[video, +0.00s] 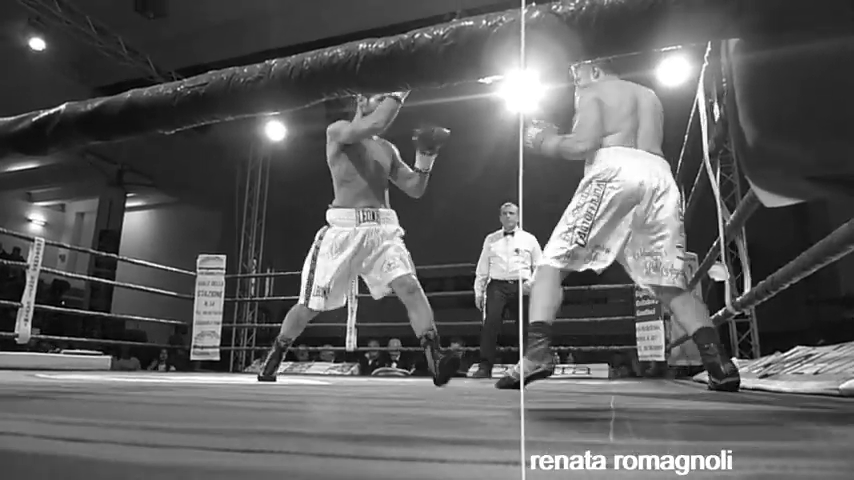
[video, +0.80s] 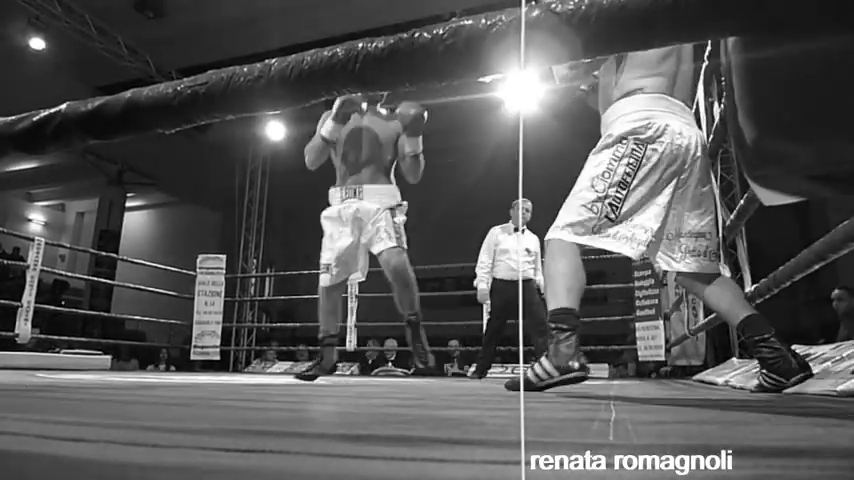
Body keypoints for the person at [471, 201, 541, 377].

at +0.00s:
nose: (508, 217)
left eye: (512, 213)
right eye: (505, 214)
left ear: (518, 216)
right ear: (500, 217)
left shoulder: (529, 240)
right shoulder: (491, 240)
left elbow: (539, 266)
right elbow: (482, 269)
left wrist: (532, 282)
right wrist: (479, 292)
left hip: (521, 285)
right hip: (497, 285)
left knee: (524, 324)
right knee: (491, 322)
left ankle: (526, 364)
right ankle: (485, 364)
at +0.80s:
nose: (524, 213)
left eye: (527, 211)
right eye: (521, 210)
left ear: (530, 216)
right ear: (512, 211)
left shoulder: (533, 239)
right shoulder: (496, 233)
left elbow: (537, 267)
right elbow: (484, 261)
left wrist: (540, 286)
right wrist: (482, 285)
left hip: (527, 284)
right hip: (503, 283)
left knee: (539, 321)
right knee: (495, 325)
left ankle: (544, 364)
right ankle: (481, 367)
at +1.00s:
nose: (544, 206)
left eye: (547, 202)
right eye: (540, 202)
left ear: (551, 206)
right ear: (530, 205)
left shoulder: (551, 227)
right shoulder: (517, 225)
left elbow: (556, 256)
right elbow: (506, 255)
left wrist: (555, 280)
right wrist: (504, 281)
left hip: (544, 276)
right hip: (523, 275)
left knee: (549, 318)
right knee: (519, 320)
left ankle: (549, 360)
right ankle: (496, 358)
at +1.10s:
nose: (547, 201)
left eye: (551, 197)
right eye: (544, 197)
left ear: (556, 201)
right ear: (538, 200)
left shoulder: (559, 223)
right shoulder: (525, 222)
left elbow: (569, 251)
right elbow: (516, 253)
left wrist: (582, 272)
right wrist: (516, 279)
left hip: (554, 270)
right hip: (532, 270)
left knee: (554, 311)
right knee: (535, 313)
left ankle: (551, 355)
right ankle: (529, 357)